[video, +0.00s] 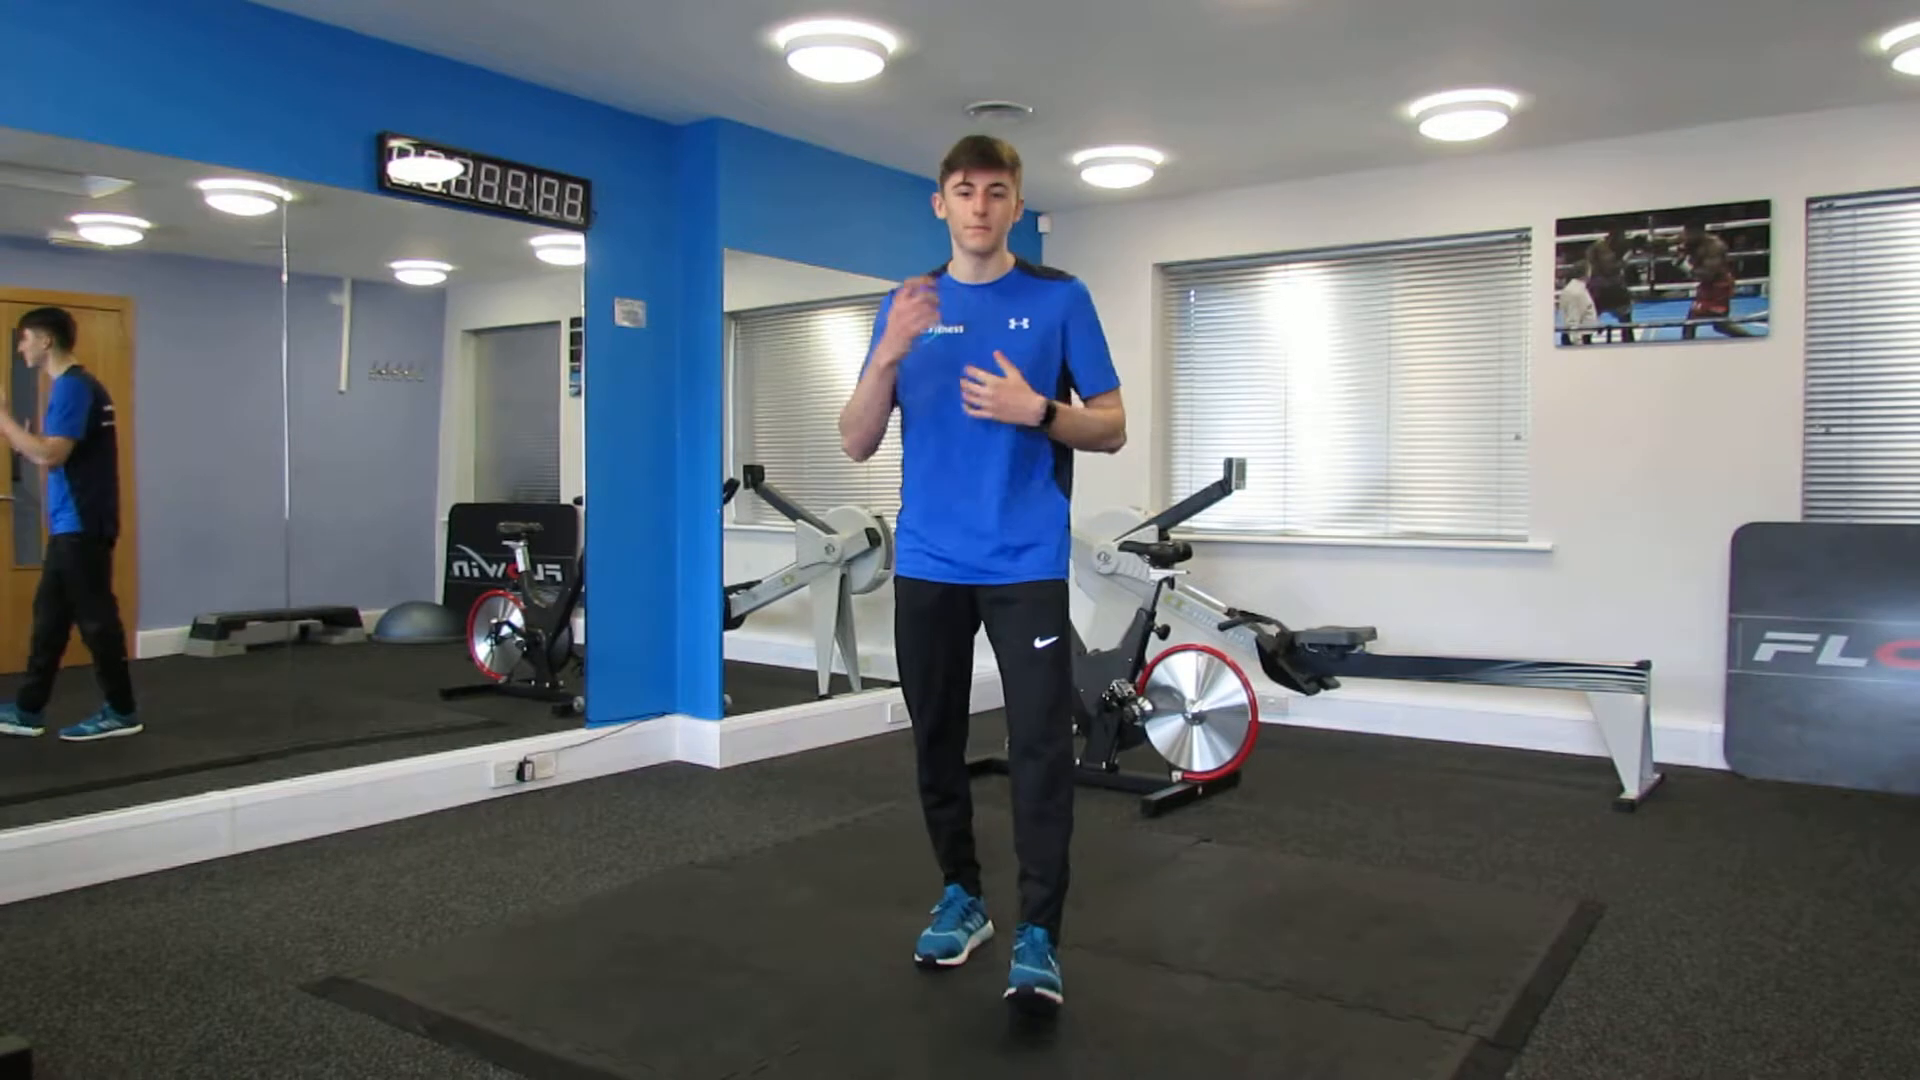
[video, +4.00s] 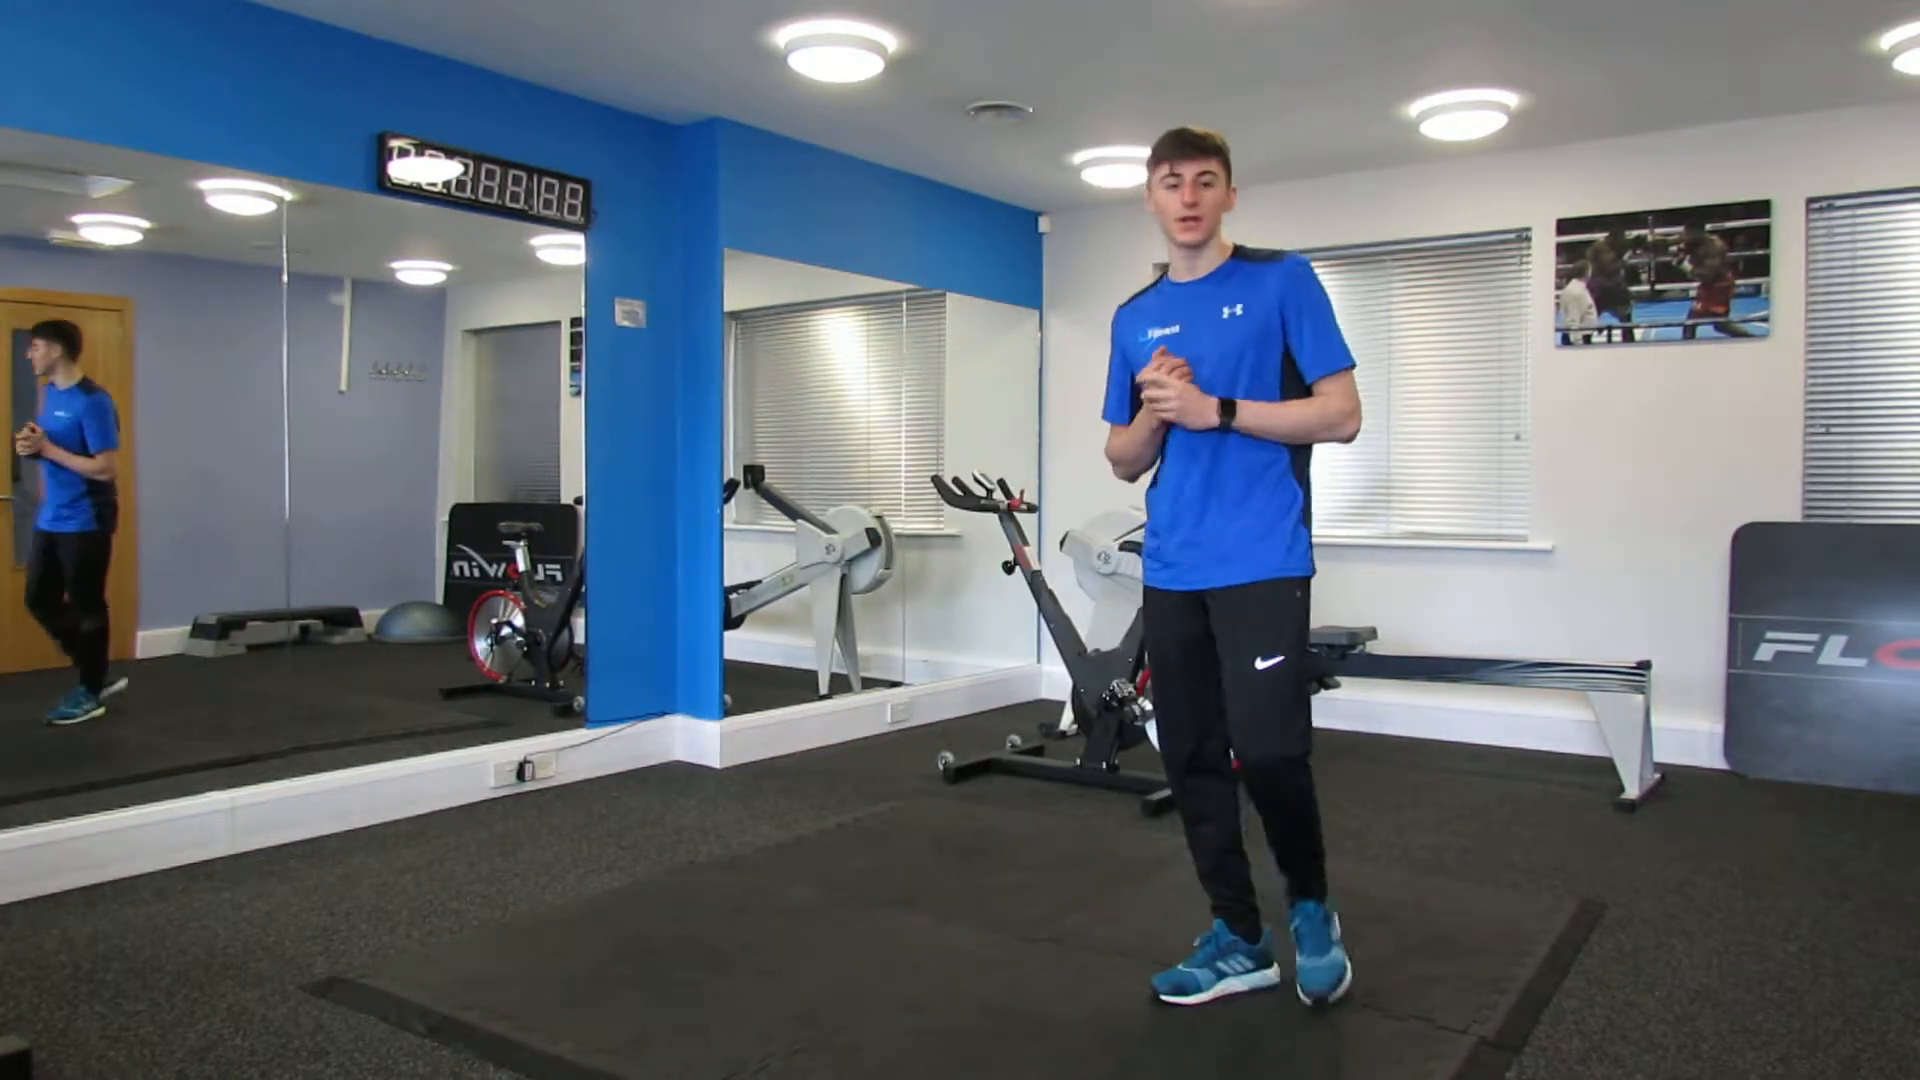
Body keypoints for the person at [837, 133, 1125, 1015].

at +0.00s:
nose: (980, 204)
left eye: (996, 192)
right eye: (965, 191)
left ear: (1017, 207)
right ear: (941, 205)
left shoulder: (1060, 300)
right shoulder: (905, 304)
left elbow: (1111, 428)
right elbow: (857, 442)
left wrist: (1040, 412)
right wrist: (890, 350)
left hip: (1027, 558)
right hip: (928, 556)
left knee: (1039, 745)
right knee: (936, 738)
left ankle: (1037, 932)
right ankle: (962, 892)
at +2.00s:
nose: (977, 156)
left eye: (994, 139)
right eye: (958, 143)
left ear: (1024, 155)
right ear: (935, 164)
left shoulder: (1079, 269)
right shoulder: (897, 282)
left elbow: (1125, 422)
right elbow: (844, 433)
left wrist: (1012, 417)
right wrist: (917, 403)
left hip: (1038, 573)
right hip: (919, 570)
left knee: (1054, 775)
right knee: (908, 785)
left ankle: (1051, 893)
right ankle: (931, 1001)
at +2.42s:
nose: (973, 134)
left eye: (992, 114)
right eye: (955, 121)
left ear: (1032, 126)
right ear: (937, 141)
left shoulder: (1099, 243)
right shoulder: (914, 271)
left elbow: (1147, 413)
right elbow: (881, 441)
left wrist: (1006, 407)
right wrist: (904, 402)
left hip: (1041, 571)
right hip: (928, 570)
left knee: (1044, 799)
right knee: (915, 792)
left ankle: (1160, 991)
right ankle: (936, 1004)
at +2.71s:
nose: (1006, 136)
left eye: (1024, 108)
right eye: (994, 122)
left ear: (1085, 110)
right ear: (992, 142)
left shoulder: (1162, 233)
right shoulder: (1017, 266)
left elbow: (1224, 410)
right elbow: (1024, 432)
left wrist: (1055, 428)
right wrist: (958, 391)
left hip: (1122, 593)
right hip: (1019, 586)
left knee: (1141, 827)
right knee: (969, 800)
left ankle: (1210, 1044)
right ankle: (960, 1007)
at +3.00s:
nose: (1037, 139)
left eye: (1052, 113)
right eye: (1033, 120)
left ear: (1119, 110)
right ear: (1089, 123)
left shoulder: (1205, 228)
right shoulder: (1093, 247)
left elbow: (1255, 408)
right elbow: (1133, 400)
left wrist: (1088, 429)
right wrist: (1053, 389)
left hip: (1194, 583)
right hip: (1110, 574)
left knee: (1192, 815)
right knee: (1090, 792)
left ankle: (1219, 1039)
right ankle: (1044, 990)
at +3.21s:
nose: (1078, 147)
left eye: (1093, 122)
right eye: (1072, 129)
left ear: (1159, 116)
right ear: (1101, 134)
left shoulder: (1235, 231)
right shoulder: (1122, 251)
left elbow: (1250, 419)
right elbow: (1143, 405)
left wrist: (1093, 410)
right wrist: (1083, 373)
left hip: (1219, 580)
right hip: (1138, 570)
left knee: (1211, 812)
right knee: (1125, 759)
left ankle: (1228, 1041)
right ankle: (1186, 948)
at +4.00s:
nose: (1187, 196)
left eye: (1203, 182)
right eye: (1171, 183)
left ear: (1230, 196)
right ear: (1150, 200)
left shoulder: (1283, 280)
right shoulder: (1133, 318)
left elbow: (1342, 412)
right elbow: (1122, 460)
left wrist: (1215, 408)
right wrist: (1154, 414)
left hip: (1262, 560)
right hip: (1171, 566)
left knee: (1268, 751)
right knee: (1194, 757)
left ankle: (1308, 911)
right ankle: (1238, 935)